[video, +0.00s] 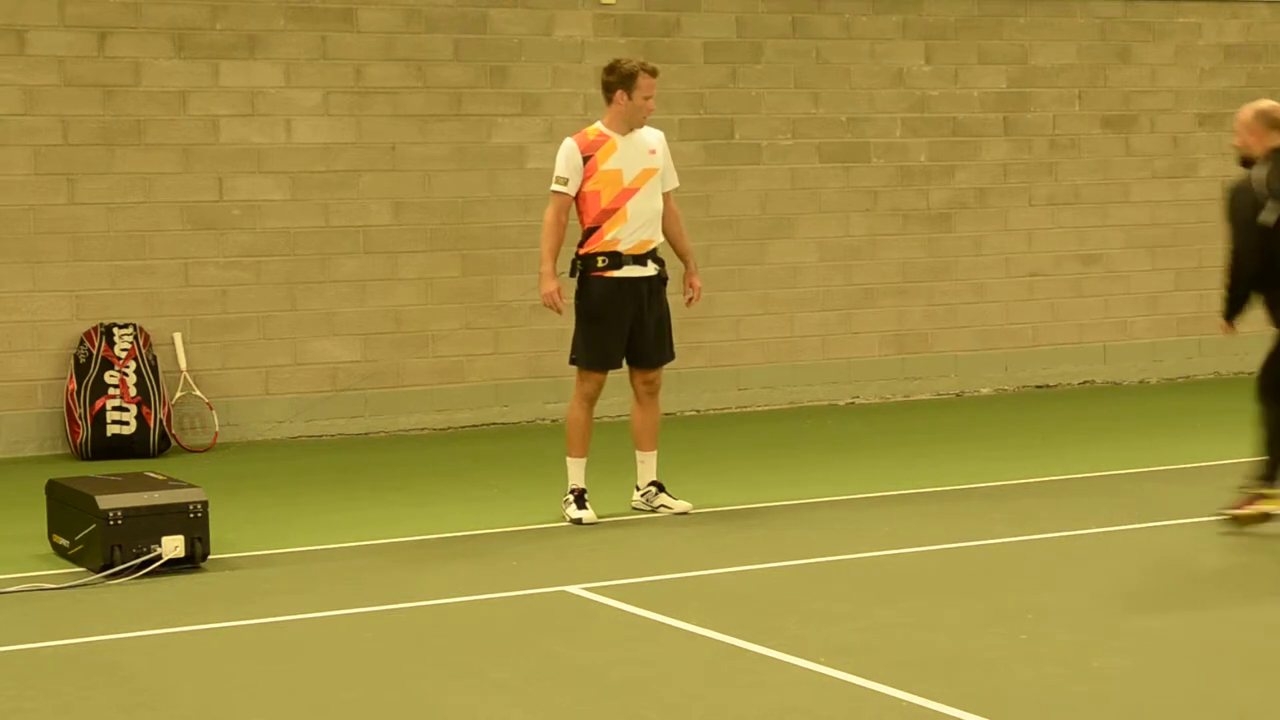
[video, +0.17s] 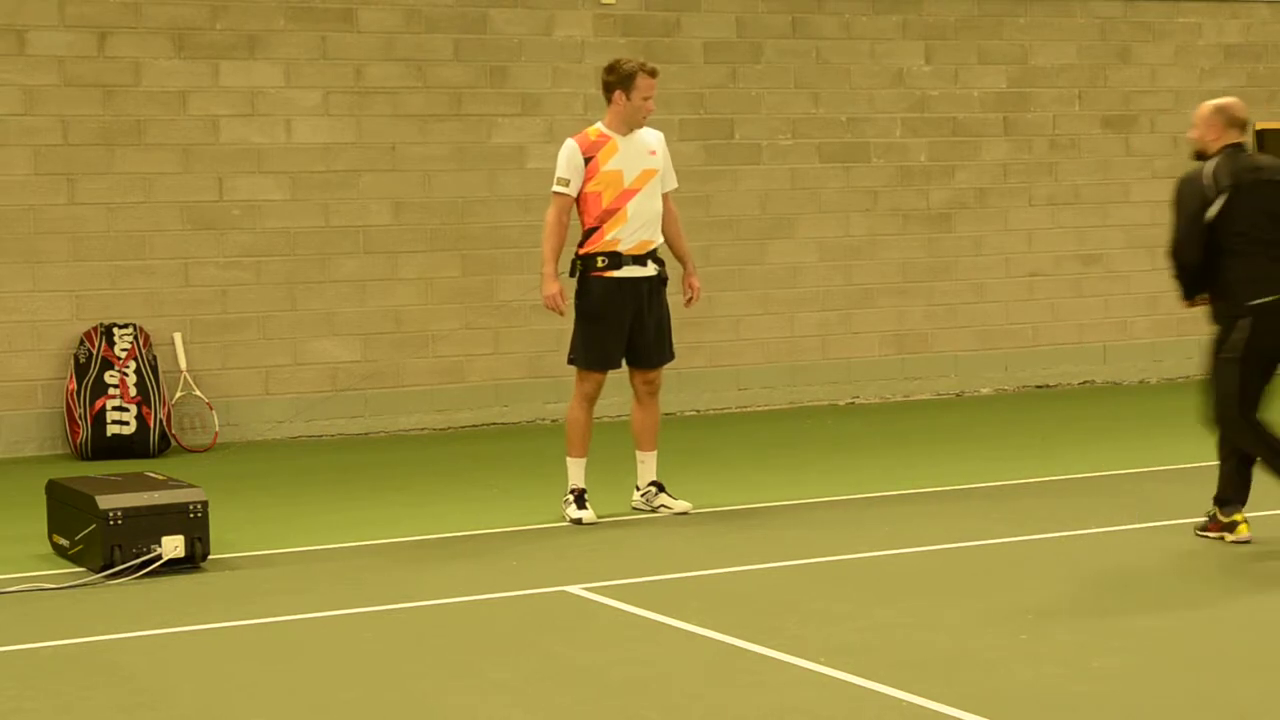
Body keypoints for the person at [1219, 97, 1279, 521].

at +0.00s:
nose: (1235, 140)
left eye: (1241, 133)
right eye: (1237, 132)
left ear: (1262, 135)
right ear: (1269, 133)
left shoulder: (1254, 186)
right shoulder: (1258, 183)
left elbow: (1246, 255)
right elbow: (1246, 256)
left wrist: (1232, 308)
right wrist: (1233, 307)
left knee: (1271, 382)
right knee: (1272, 383)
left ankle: (1269, 481)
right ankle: (1268, 480)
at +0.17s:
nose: (1191, 136)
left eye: (1197, 128)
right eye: (1193, 127)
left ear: (1219, 131)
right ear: (1238, 130)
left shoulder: (1201, 179)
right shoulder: (1273, 169)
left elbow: (1188, 247)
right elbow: (1273, 235)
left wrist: (1194, 289)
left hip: (1245, 311)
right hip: (1277, 305)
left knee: (1231, 412)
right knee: (1240, 410)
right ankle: (1228, 513)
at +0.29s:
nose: (1155, 142)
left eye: (1161, 134)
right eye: (1157, 133)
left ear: (1183, 138)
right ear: (1199, 140)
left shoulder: (1167, 187)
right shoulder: (1245, 182)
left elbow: (1162, 258)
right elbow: (1273, 244)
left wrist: (1147, 305)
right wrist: (1257, 281)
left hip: (1210, 314)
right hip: (1259, 310)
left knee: (1153, 406)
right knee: (1215, 404)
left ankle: (1225, 481)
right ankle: (1225, 512)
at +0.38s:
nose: (1128, 146)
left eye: (1134, 137)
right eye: (1131, 137)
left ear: (1157, 141)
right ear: (1172, 143)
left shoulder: (1142, 189)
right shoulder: (1219, 187)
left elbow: (1141, 259)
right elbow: (1248, 262)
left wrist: (1120, 312)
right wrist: (1238, 318)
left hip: (1180, 319)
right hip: (1229, 317)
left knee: (1123, 409)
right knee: (1202, 404)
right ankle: (1225, 512)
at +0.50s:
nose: (1085, 147)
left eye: (1091, 139)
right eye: (1087, 138)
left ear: (1113, 144)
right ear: (1129, 145)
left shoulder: (1098, 194)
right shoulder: (1173, 191)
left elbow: (1101, 261)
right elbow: (1198, 264)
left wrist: (1077, 317)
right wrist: (1166, 293)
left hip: (1129, 329)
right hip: (1181, 324)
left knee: (1080, 419)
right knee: (1180, 412)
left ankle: (1063, 531)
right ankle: (1222, 513)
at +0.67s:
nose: (1030, 131)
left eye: (1037, 123)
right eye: (1033, 122)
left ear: (1056, 130)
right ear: (1076, 131)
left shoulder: (1040, 184)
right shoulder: (1117, 182)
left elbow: (1036, 251)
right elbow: (1144, 254)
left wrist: (1015, 303)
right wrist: (1108, 282)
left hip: (1065, 325)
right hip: (1117, 321)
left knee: (1036, 430)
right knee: (1117, 413)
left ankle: (1064, 539)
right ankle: (1162, 509)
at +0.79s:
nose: (1001, 108)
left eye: (1004, 100)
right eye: (1003, 99)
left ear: (1020, 104)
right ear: (1047, 104)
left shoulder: (1005, 156)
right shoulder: (1089, 154)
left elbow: (1002, 220)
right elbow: (1119, 227)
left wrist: (980, 275)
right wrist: (1087, 262)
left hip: (1032, 297)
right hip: (1086, 293)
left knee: (1014, 404)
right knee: (1056, 399)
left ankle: (1040, 524)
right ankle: (1067, 507)